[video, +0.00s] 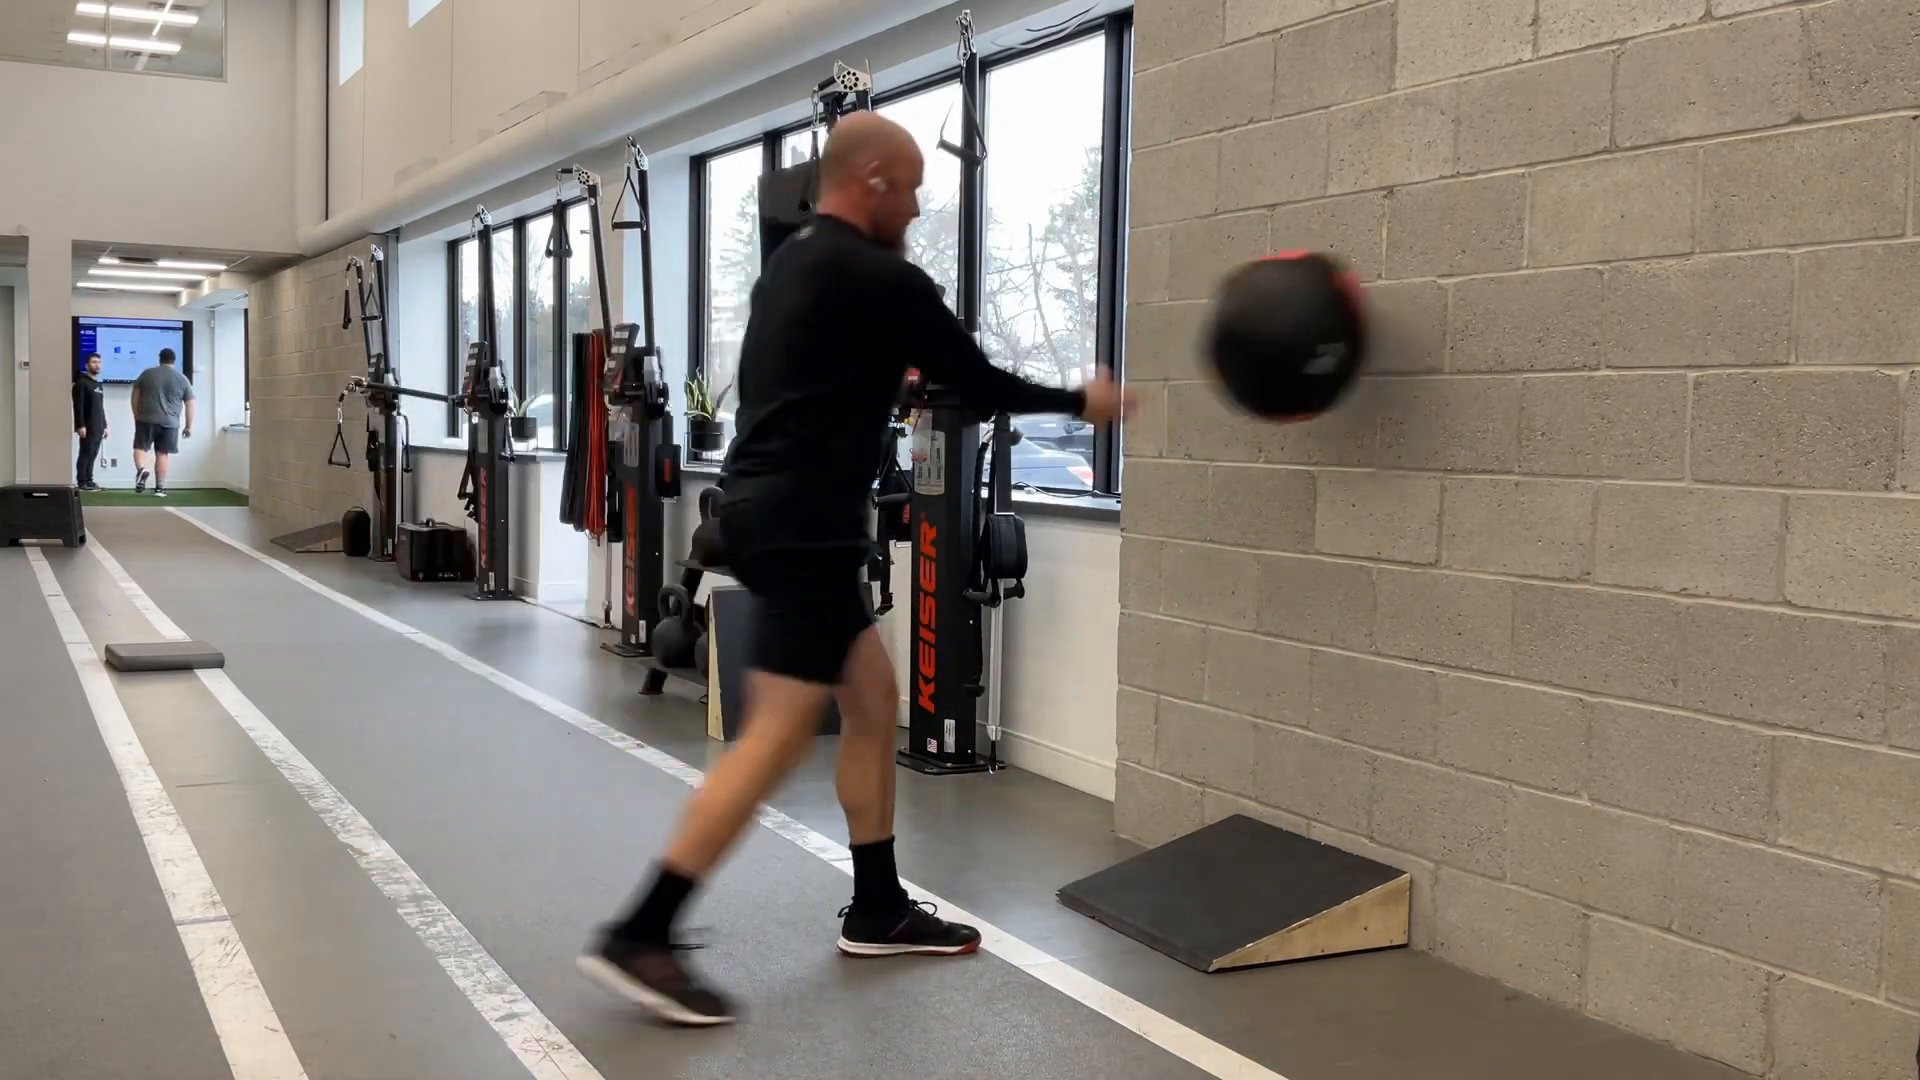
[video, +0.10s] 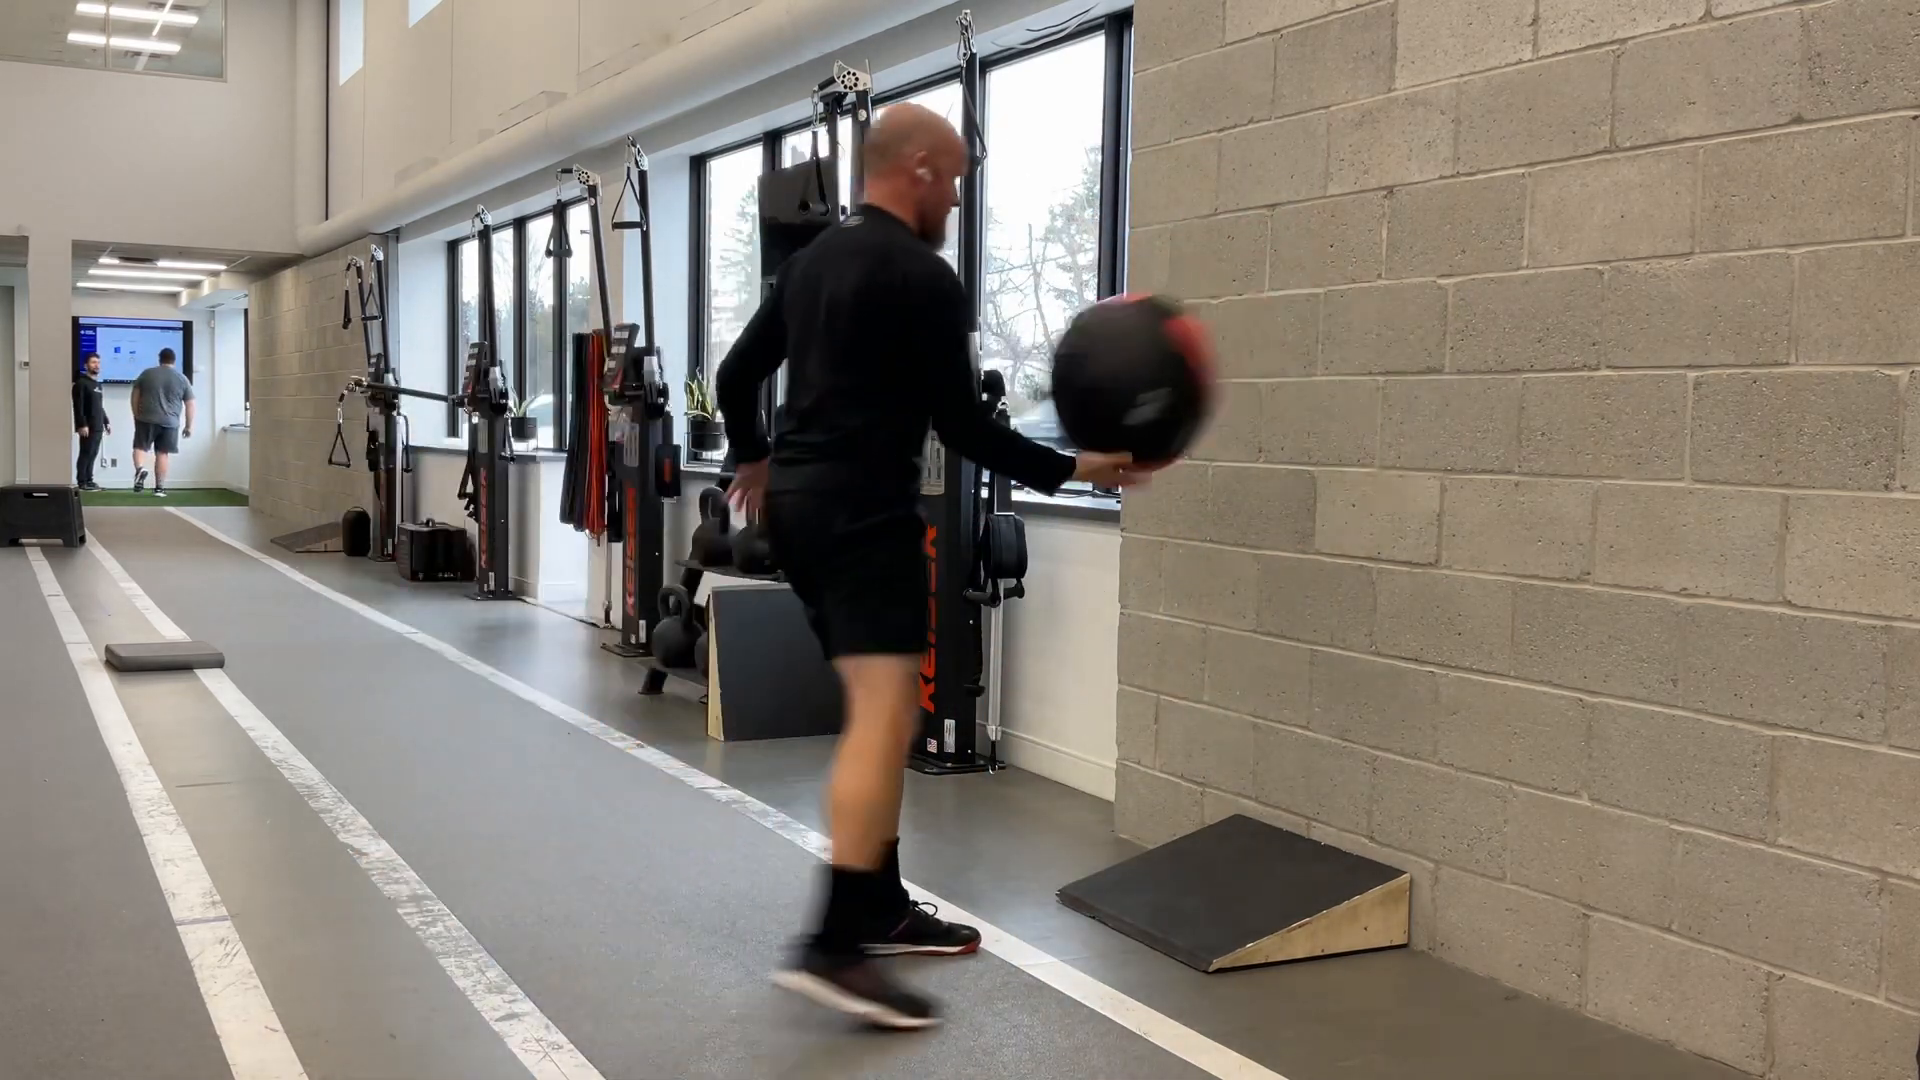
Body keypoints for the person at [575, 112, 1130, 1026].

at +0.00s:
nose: (915, 207)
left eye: (916, 191)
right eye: (911, 191)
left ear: (840, 181)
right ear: (871, 186)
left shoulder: (790, 261)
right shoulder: (881, 275)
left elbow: (802, 384)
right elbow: (978, 382)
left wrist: (901, 383)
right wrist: (1079, 400)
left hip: (758, 513)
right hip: (808, 521)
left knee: (871, 692)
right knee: (777, 733)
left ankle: (879, 905)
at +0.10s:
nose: (957, 196)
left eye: (957, 180)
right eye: (953, 179)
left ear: (883, 172)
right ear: (920, 173)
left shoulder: (815, 257)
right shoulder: (924, 279)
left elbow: (739, 371)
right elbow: (961, 422)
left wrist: (748, 454)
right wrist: (1070, 470)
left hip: (800, 500)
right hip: (867, 506)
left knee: (882, 705)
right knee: (881, 710)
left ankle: (879, 903)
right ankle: (833, 941)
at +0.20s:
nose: (1000, 197)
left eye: (998, 179)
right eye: (995, 179)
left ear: (926, 174)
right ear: (964, 176)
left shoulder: (849, 260)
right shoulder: (948, 275)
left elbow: (773, 370)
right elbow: (942, 428)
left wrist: (753, 480)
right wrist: (1023, 496)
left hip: (825, 506)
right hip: (913, 508)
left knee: (889, 707)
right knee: (967, 702)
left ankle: (878, 906)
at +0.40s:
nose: (1036, 200)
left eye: (1036, 183)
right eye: (1035, 183)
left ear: (963, 169)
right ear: (1006, 172)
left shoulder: (903, 254)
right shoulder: (986, 256)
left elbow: (842, 390)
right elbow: (992, 390)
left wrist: (884, 474)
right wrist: (1102, 432)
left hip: (866, 503)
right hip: (948, 505)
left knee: (905, 698)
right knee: (996, 701)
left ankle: (883, 904)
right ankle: (1016, 925)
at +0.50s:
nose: (1046, 201)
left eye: (1048, 185)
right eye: (1046, 183)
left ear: (975, 165)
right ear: (1018, 169)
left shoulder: (913, 252)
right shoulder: (997, 254)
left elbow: (869, 387)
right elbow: (1018, 389)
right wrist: (1125, 428)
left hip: (882, 499)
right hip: (959, 503)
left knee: (917, 696)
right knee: (999, 702)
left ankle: (881, 902)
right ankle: (1014, 929)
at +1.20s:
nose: (1059, 241)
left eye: (1068, 228)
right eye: (1065, 223)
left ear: (1012, 187)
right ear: (1041, 193)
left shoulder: (944, 255)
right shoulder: (990, 249)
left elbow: (970, 384)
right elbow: (988, 364)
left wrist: (1070, 417)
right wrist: (1094, 411)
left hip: (894, 497)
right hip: (955, 502)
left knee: (921, 702)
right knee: (995, 702)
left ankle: (882, 901)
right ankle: (1012, 922)